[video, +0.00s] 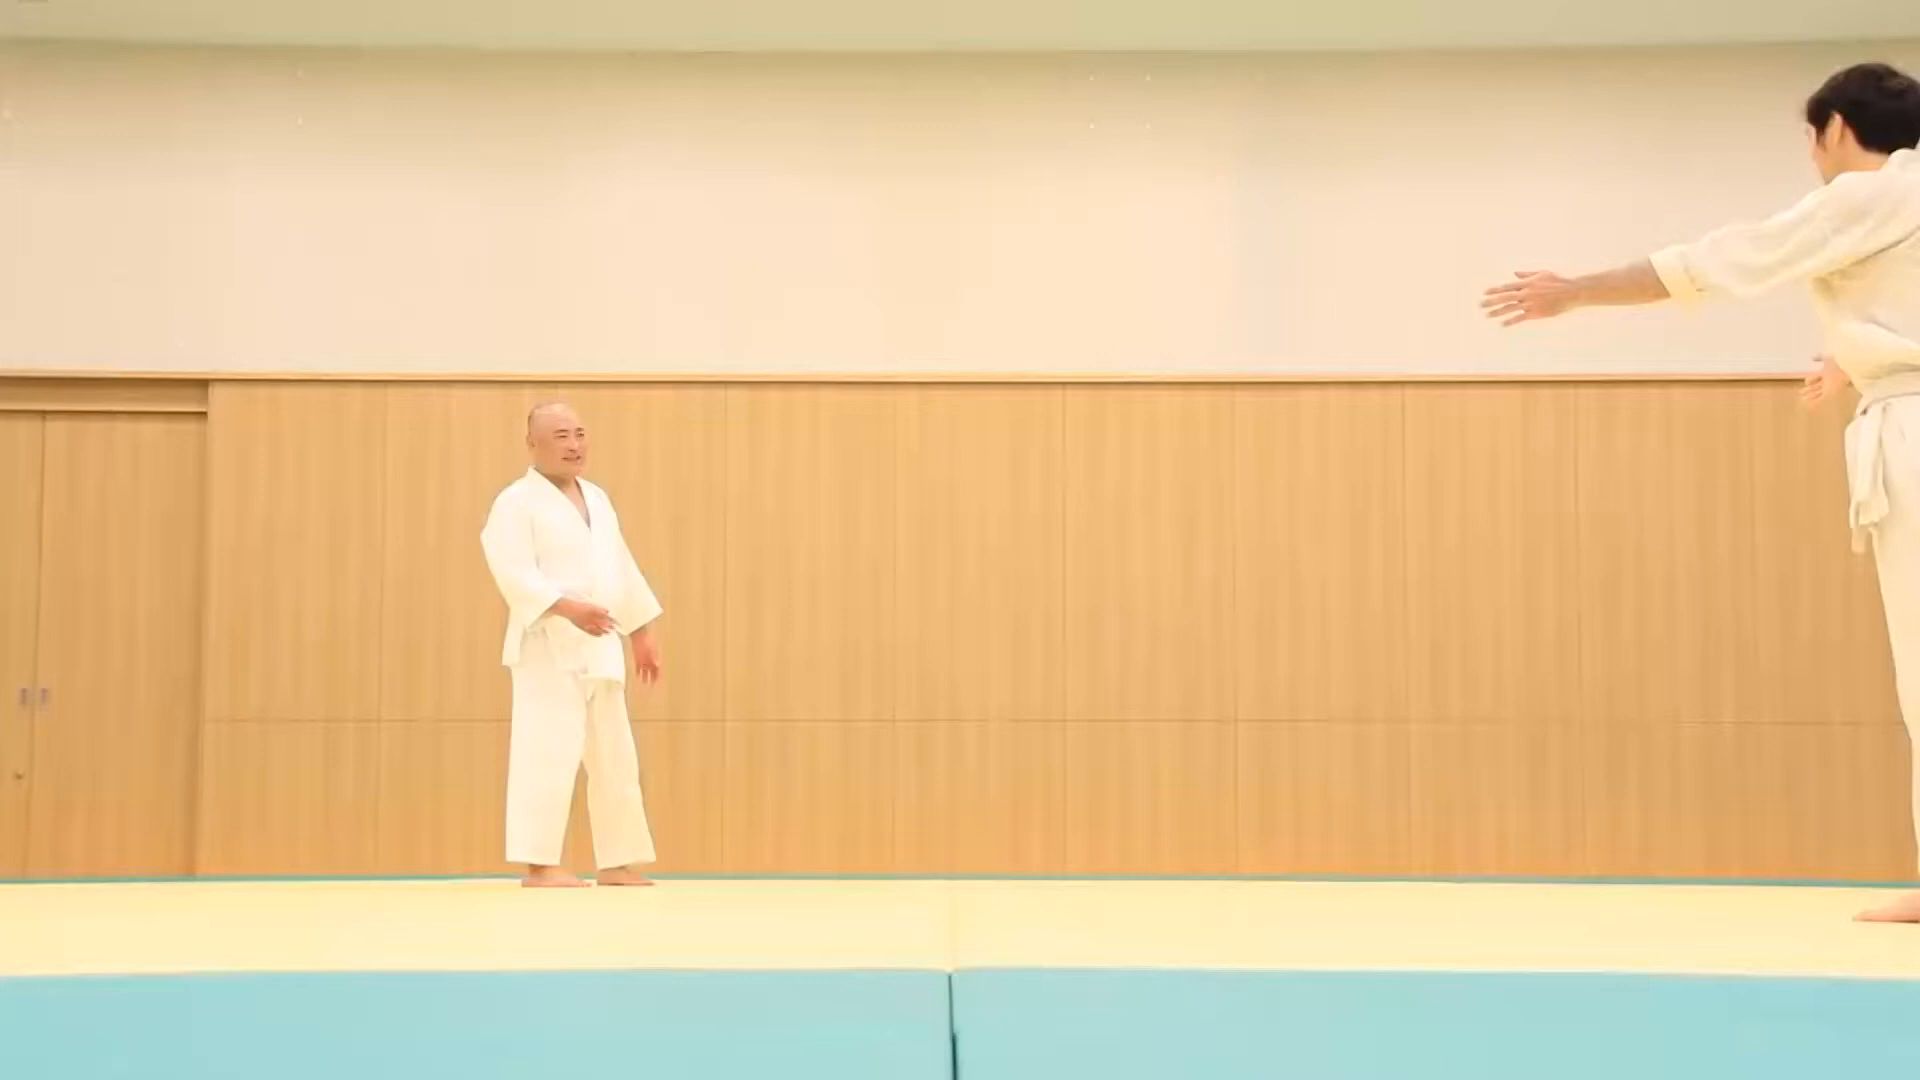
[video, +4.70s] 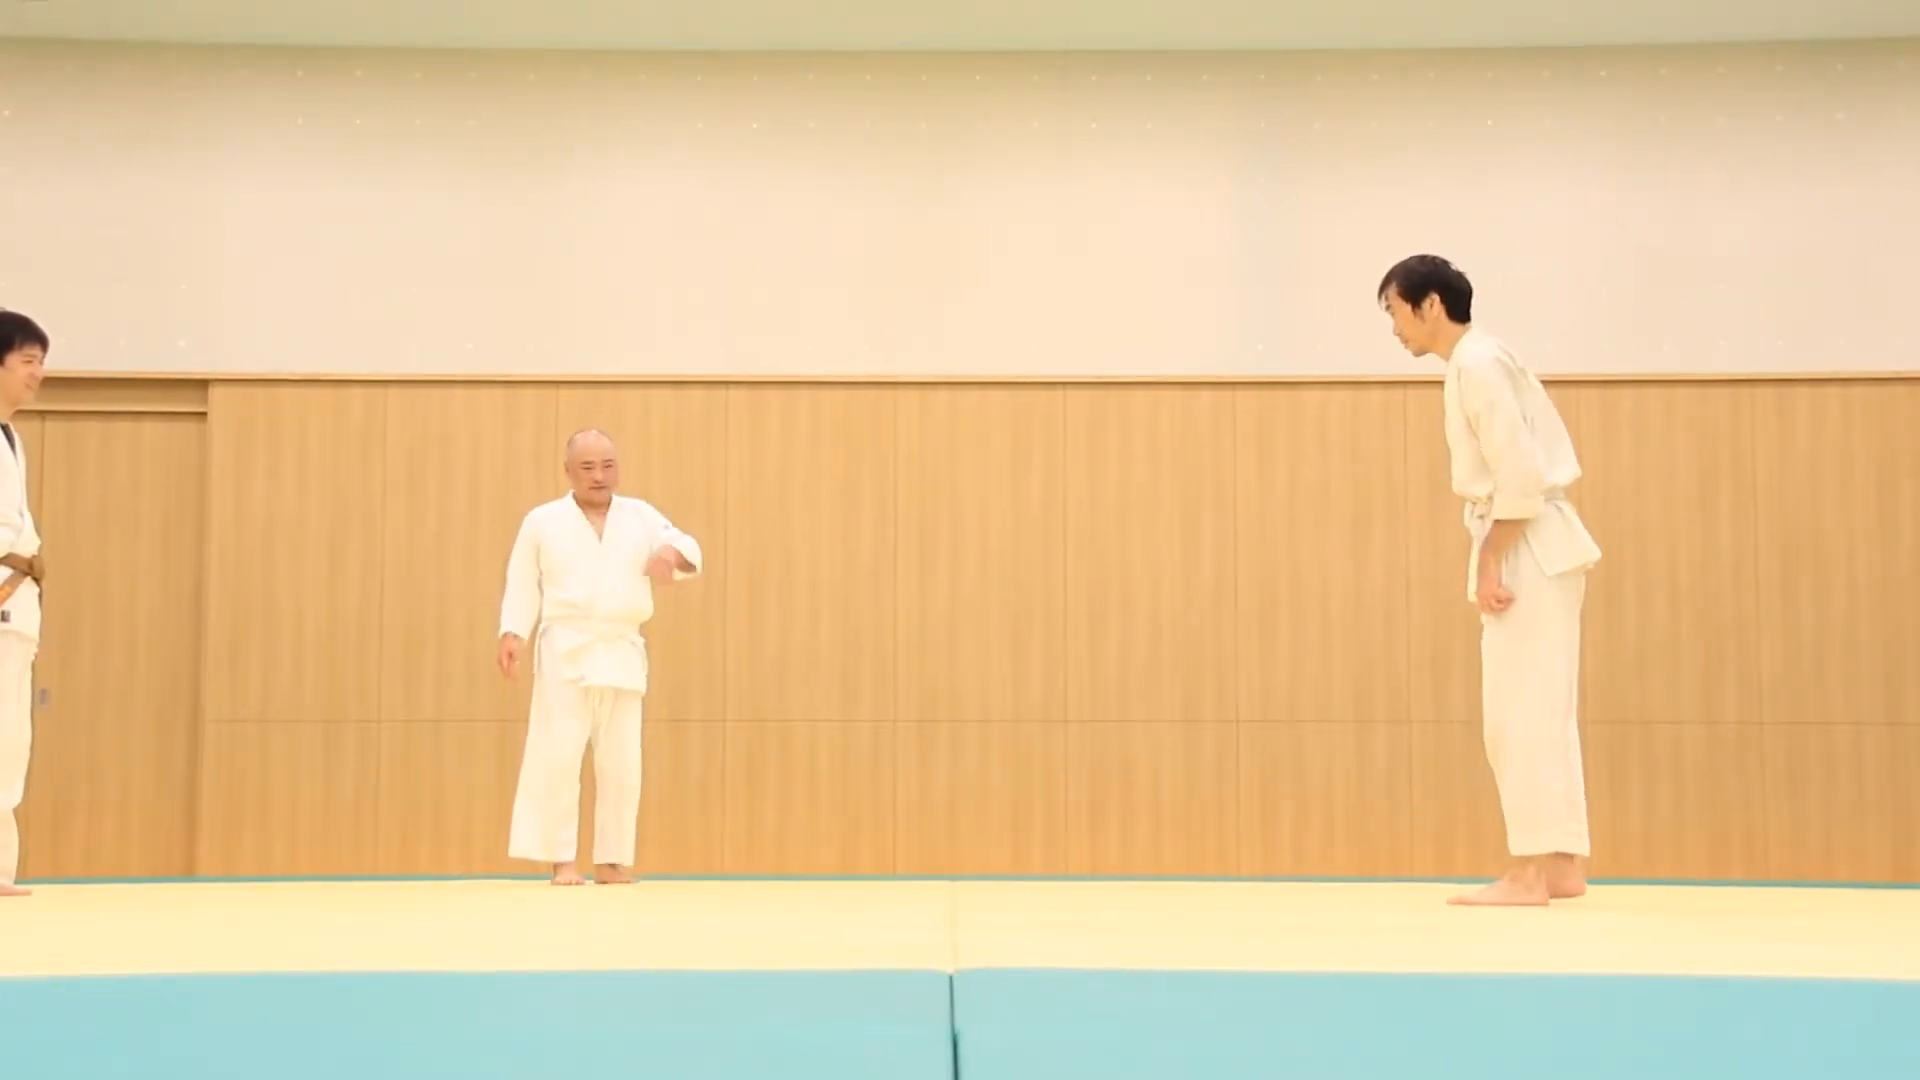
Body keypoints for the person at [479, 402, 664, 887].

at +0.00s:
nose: (575, 444)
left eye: (580, 434)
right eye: (561, 435)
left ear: (587, 440)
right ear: (533, 445)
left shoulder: (596, 499)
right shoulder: (515, 503)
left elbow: (621, 568)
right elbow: (514, 575)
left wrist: (641, 632)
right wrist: (569, 608)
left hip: (602, 648)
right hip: (548, 648)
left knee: (613, 755)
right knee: (547, 753)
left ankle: (616, 865)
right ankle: (540, 866)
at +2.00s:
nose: (624, 442)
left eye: (630, 434)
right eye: (611, 434)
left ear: (636, 443)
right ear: (583, 444)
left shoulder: (640, 506)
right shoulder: (561, 499)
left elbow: (658, 576)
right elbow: (545, 572)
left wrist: (675, 636)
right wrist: (549, 633)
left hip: (638, 648)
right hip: (587, 643)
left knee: (629, 755)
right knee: (569, 751)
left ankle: (617, 863)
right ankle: (543, 864)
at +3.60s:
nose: (609, 465)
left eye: (616, 456)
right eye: (598, 456)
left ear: (624, 463)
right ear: (573, 462)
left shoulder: (640, 516)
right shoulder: (541, 515)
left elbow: (675, 554)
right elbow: (517, 579)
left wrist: (701, 583)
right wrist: (501, 635)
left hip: (621, 650)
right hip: (559, 649)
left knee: (623, 756)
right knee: (559, 757)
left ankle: (616, 861)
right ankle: (562, 864)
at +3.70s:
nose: (603, 470)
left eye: (611, 462)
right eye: (592, 462)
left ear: (619, 468)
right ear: (567, 467)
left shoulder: (635, 514)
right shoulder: (536, 519)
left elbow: (679, 541)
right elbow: (513, 582)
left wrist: (671, 552)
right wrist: (498, 638)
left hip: (615, 650)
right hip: (555, 650)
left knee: (621, 756)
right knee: (557, 758)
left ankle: (615, 861)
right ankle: (561, 866)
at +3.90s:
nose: (597, 471)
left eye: (605, 462)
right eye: (586, 462)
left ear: (615, 467)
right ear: (563, 465)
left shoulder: (625, 511)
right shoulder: (532, 515)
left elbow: (657, 518)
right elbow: (507, 582)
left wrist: (612, 503)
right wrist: (490, 646)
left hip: (613, 647)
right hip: (553, 647)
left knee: (620, 754)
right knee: (555, 755)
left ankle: (610, 859)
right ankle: (562, 862)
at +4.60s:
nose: (601, 475)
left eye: (610, 466)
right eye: (590, 466)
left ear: (619, 470)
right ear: (568, 471)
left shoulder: (634, 512)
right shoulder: (541, 521)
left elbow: (683, 540)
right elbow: (522, 584)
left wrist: (650, 525)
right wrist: (512, 636)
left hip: (622, 651)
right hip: (565, 651)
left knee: (619, 758)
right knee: (562, 755)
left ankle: (610, 862)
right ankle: (564, 863)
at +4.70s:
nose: (599, 475)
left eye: (607, 465)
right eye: (587, 466)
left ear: (618, 468)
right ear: (568, 471)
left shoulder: (640, 515)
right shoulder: (542, 522)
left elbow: (689, 548)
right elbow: (522, 582)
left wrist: (673, 556)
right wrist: (512, 632)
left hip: (622, 651)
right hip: (564, 650)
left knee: (621, 759)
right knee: (561, 756)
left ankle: (612, 862)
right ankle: (564, 862)